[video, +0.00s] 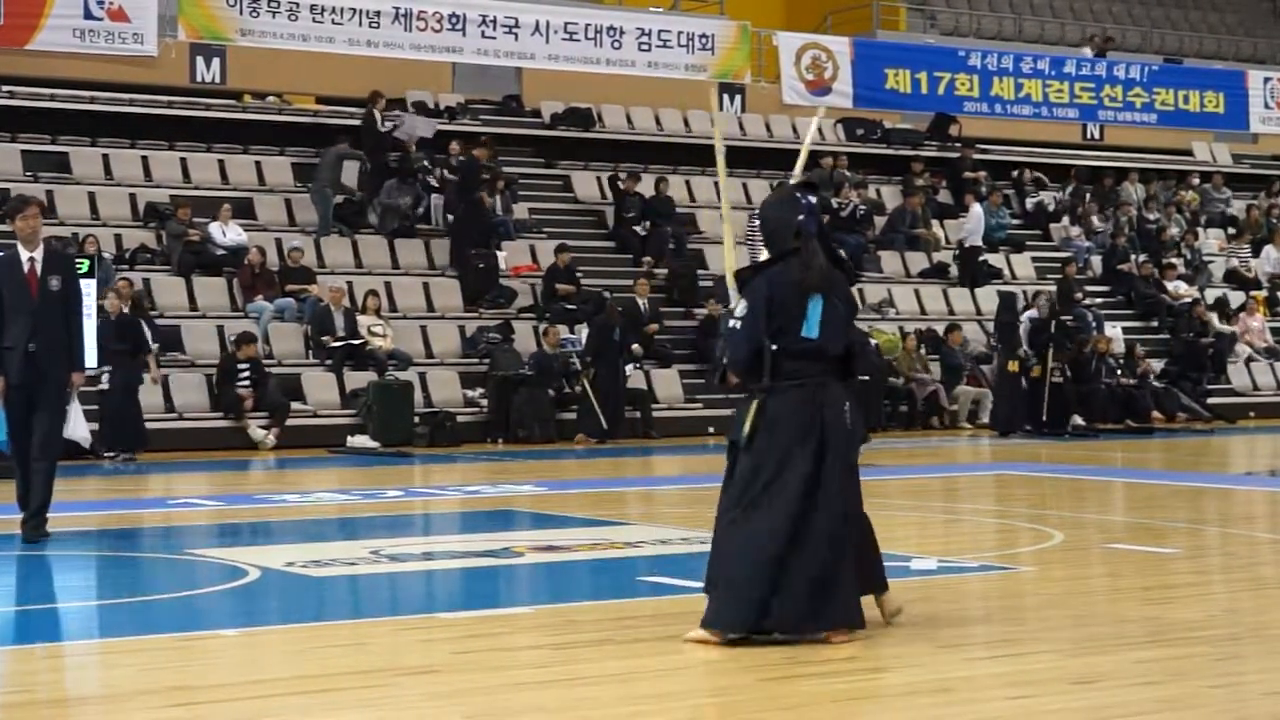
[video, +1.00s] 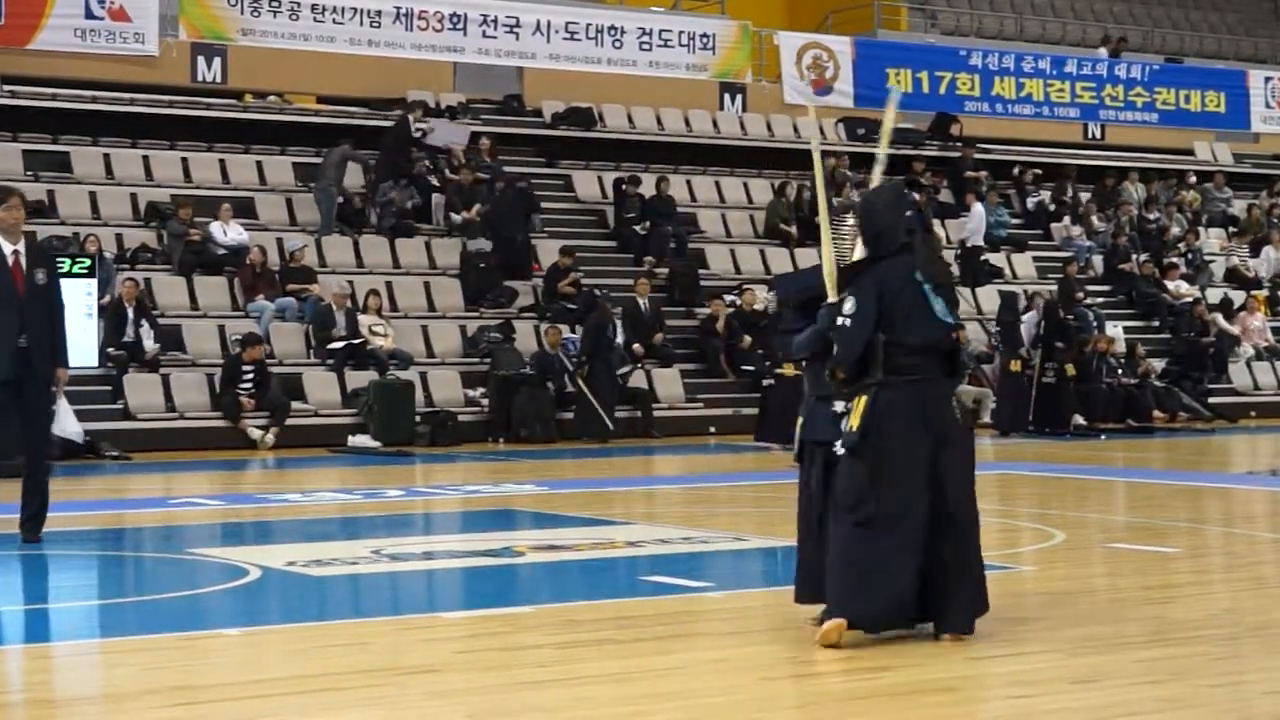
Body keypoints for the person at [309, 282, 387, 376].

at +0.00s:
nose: (333, 295)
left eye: (336, 292)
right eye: (331, 291)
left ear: (343, 294)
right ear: (328, 293)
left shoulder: (349, 312)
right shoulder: (320, 311)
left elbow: (354, 333)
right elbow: (315, 336)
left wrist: (362, 340)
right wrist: (326, 340)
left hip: (348, 343)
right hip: (329, 344)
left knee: (360, 352)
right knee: (340, 353)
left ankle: (359, 383)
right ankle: (338, 387)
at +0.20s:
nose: (333, 295)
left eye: (336, 292)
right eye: (331, 291)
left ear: (343, 294)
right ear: (328, 293)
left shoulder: (349, 312)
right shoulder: (320, 312)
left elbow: (354, 333)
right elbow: (315, 336)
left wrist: (362, 340)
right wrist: (326, 341)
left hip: (348, 343)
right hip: (330, 344)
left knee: (360, 352)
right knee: (340, 353)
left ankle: (360, 383)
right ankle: (338, 386)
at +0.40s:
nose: (340, 299)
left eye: (342, 296)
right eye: (337, 296)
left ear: (345, 296)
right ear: (331, 296)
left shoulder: (349, 312)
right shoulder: (320, 311)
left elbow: (354, 333)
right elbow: (315, 335)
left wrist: (362, 340)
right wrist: (324, 340)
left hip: (348, 342)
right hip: (330, 344)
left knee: (360, 351)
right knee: (342, 351)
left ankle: (360, 380)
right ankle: (336, 381)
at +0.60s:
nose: (343, 301)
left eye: (345, 298)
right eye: (340, 297)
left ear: (347, 297)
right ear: (332, 296)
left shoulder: (350, 312)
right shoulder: (321, 311)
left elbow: (354, 333)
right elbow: (315, 335)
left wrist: (362, 340)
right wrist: (325, 340)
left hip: (348, 343)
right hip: (329, 345)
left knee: (361, 352)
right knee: (343, 351)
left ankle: (360, 381)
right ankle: (336, 381)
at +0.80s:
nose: (345, 302)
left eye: (347, 299)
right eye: (342, 298)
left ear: (349, 298)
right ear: (333, 297)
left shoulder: (351, 312)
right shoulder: (321, 311)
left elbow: (355, 333)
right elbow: (316, 335)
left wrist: (362, 340)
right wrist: (327, 336)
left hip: (348, 343)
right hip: (328, 345)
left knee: (361, 350)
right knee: (343, 352)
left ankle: (362, 382)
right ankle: (336, 383)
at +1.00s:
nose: (345, 301)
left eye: (347, 298)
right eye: (342, 297)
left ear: (349, 297)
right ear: (333, 296)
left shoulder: (350, 312)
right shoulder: (321, 310)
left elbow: (355, 333)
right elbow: (318, 336)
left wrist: (362, 339)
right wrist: (331, 334)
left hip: (348, 343)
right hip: (327, 345)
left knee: (360, 350)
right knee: (344, 350)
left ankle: (361, 380)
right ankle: (335, 380)